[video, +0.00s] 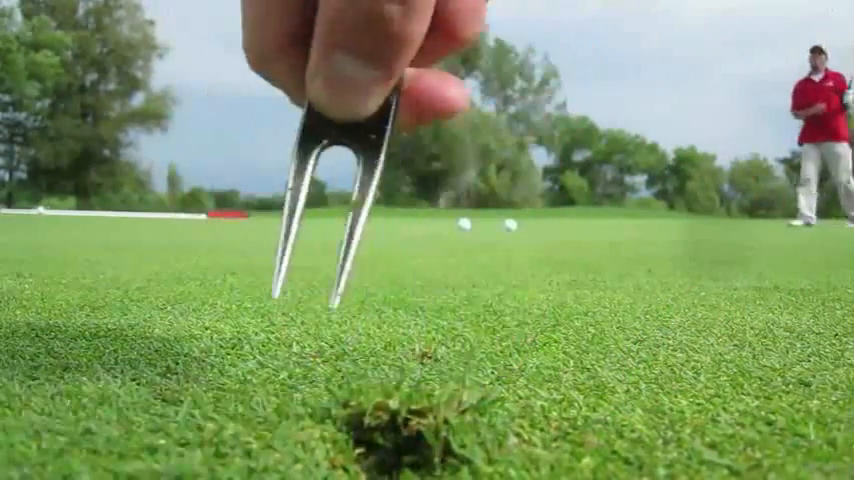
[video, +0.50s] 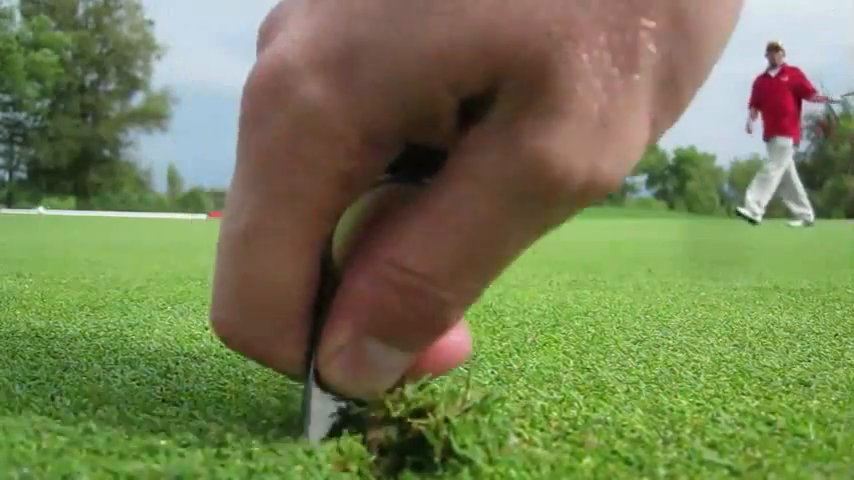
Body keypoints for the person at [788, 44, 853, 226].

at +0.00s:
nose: (816, 60)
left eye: (819, 56)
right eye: (813, 57)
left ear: (825, 59)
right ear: (809, 60)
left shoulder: (838, 80)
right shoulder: (801, 85)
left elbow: (846, 103)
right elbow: (796, 112)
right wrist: (813, 110)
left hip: (836, 137)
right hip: (810, 138)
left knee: (844, 180)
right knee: (807, 179)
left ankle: (851, 215)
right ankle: (806, 216)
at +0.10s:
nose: (806, 58)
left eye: (809, 54)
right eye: (803, 55)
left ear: (816, 57)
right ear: (799, 58)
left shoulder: (828, 77)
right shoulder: (791, 83)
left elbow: (840, 100)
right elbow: (783, 109)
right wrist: (800, 112)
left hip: (825, 134)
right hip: (801, 136)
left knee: (826, 173)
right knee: (799, 178)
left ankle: (846, 209)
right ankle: (805, 216)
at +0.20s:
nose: (798, 56)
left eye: (801, 52)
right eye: (795, 53)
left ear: (807, 54)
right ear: (791, 56)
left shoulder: (820, 75)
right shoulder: (784, 81)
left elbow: (832, 97)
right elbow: (773, 106)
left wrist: (839, 97)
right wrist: (787, 110)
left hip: (816, 130)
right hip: (793, 133)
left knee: (808, 169)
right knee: (792, 176)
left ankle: (826, 207)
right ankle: (804, 215)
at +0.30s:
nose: (791, 55)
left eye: (793, 52)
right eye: (787, 52)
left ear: (799, 54)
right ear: (783, 55)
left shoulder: (811, 73)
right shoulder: (776, 80)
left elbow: (825, 95)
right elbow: (765, 104)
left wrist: (838, 92)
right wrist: (775, 110)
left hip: (807, 127)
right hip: (786, 130)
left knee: (793, 168)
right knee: (791, 173)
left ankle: (800, 212)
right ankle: (806, 213)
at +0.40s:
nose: (782, 56)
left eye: (785, 52)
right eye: (779, 53)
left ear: (791, 54)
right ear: (775, 56)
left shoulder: (802, 73)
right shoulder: (768, 80)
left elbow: (817, 93)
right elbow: (759, 104)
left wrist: (831, 94)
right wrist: (763, 114)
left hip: (798, 129)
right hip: (778, 131)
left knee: (784, 170)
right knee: (792, 174)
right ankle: (805, 215)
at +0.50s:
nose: (773, 56)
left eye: (776, 53)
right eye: (770, 53)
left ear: (782, 55)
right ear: (766, 56)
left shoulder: (793, 74)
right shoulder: (760, 81)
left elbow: (809, 94)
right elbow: (754, 105)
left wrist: (822, 98)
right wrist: (750, 120)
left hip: (787, 129)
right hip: (770, 131)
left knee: (772, 169)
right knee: (787, 174)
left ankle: (753, 209)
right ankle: (804, 214)